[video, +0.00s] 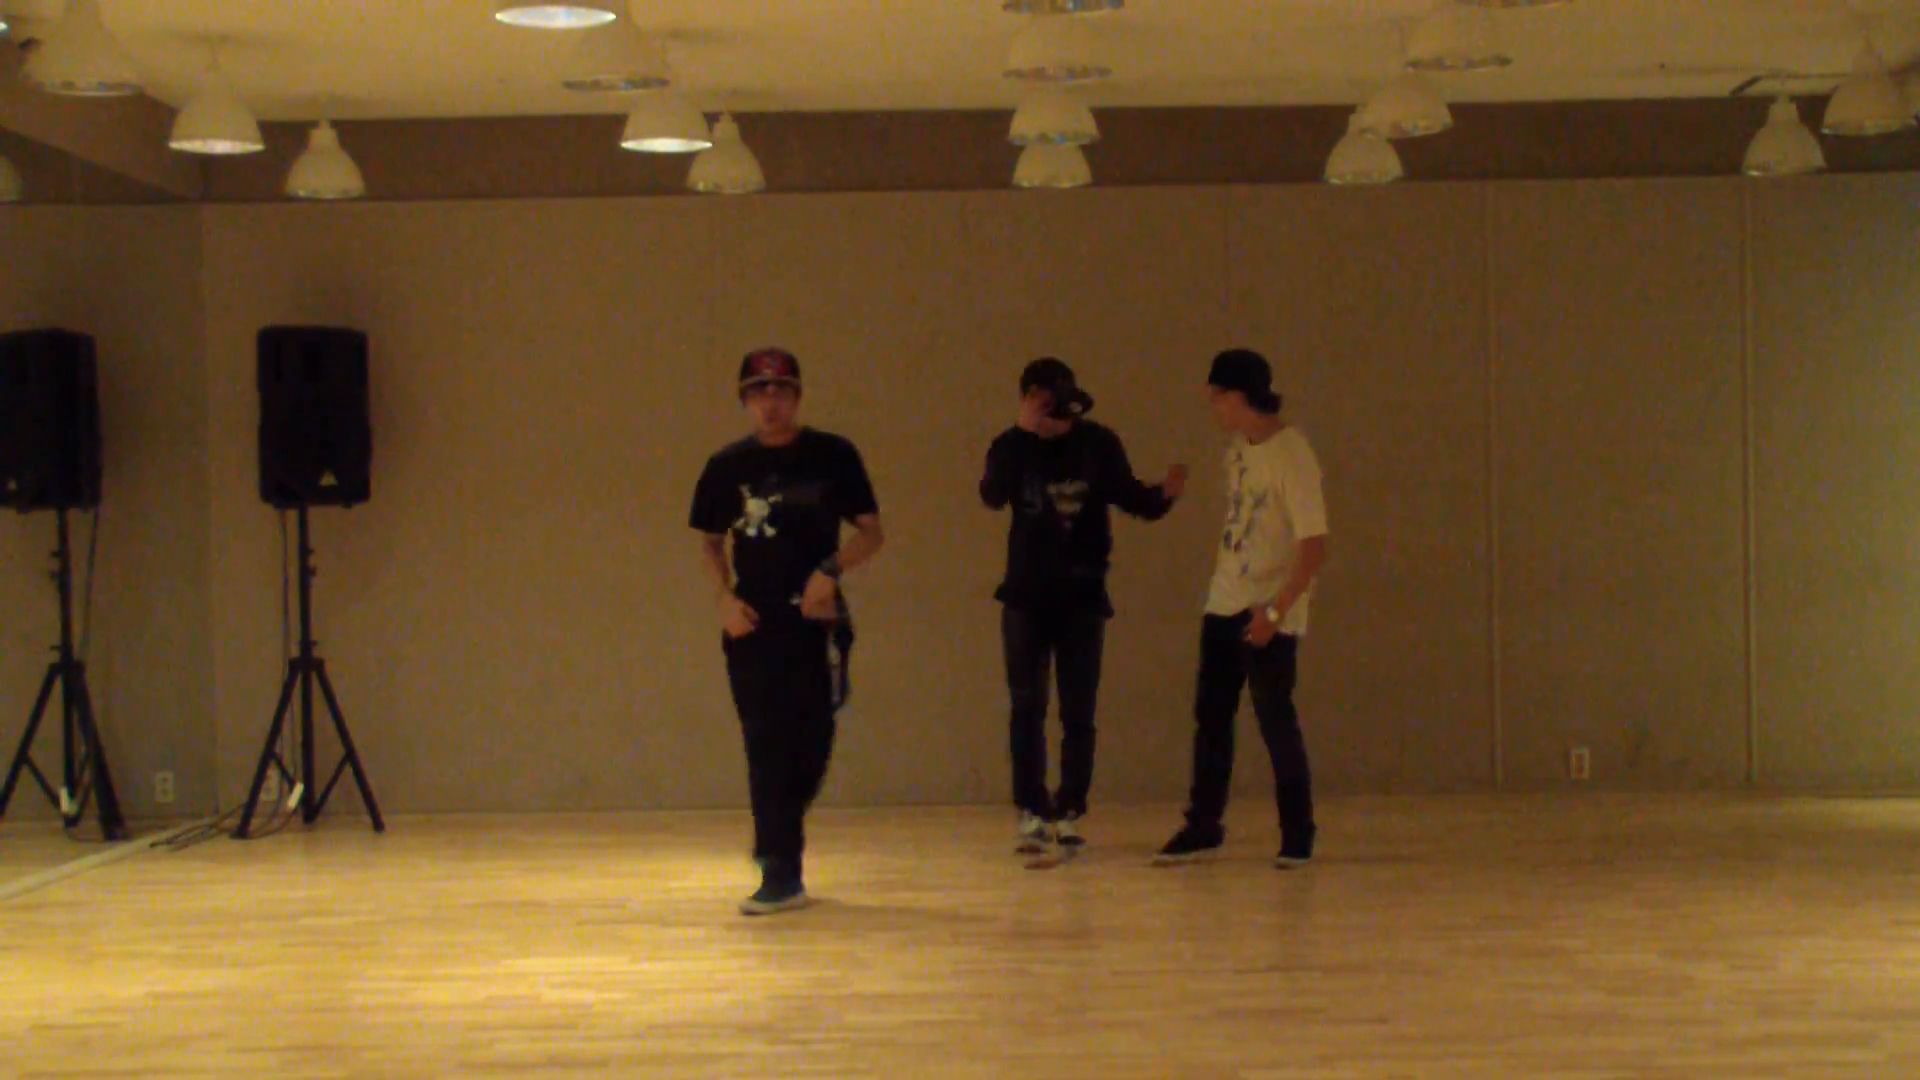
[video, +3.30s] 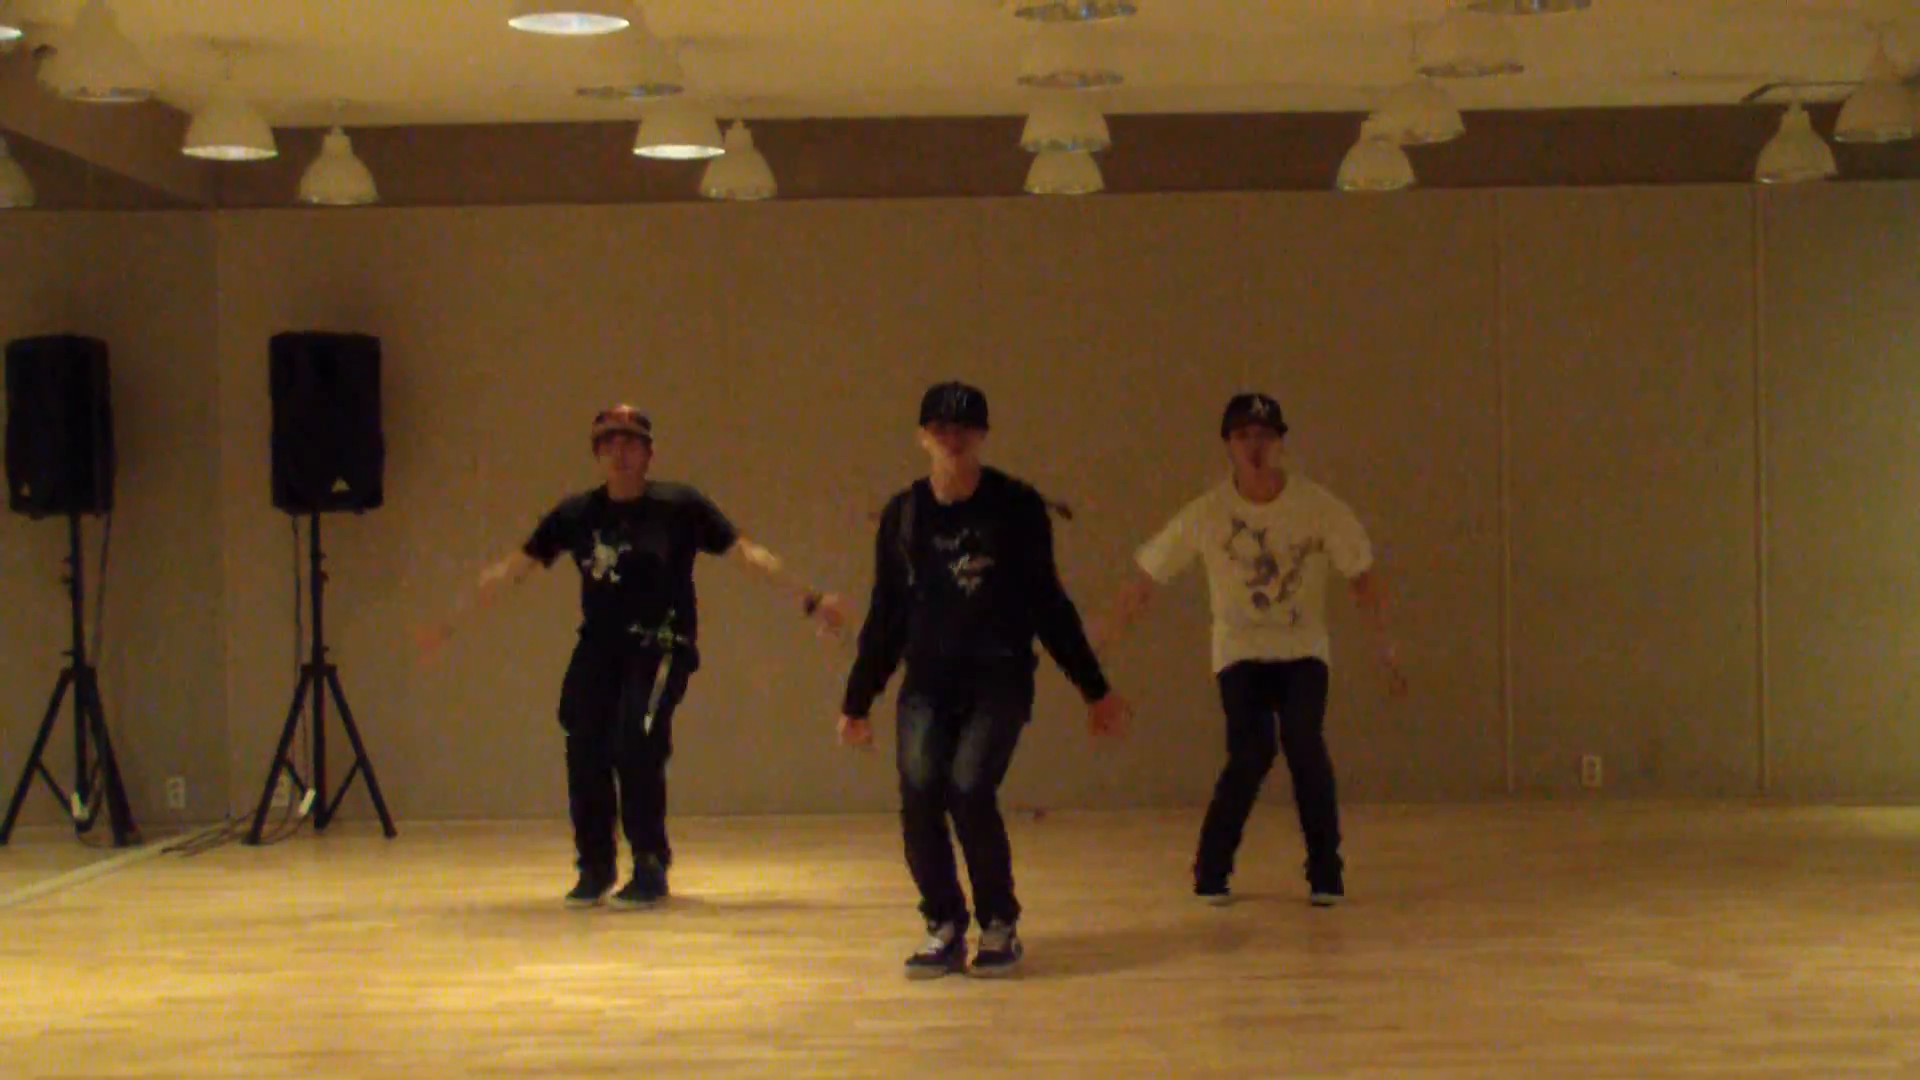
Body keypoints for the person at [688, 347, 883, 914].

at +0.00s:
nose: (772, 401)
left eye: (782, 389)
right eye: (759, 391)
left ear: (799, 396)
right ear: (744, 401)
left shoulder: (833, 456)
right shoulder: (726, 467)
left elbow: (871, 531)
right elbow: (710, 541)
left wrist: (831, 571)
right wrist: (725, 597)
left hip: (814, 627)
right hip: (753, 629)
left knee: (809, 748)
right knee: (766, 748)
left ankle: (777, 839)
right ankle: (779, 873)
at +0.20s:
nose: (767, 412)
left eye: (774, 401)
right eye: (756, 401)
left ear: (783, 409)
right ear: (730, 409)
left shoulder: (801, 470)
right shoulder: (696, 472)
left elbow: (822, 547)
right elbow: (681, 545)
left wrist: (773, 542)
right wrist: (674, 603)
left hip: (770, 627)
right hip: (706, 625)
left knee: (753, 740)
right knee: (723, 741)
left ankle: (699, 833)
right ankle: (753, 863)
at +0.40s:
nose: (762, 429)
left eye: (765, 419)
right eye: (754, 419)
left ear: (759, 422)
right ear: (721, 417)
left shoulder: (770, 483)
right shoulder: (667, 466)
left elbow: (771, 559)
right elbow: (642, 543)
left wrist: (750, 566)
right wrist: (636, 613)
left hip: (730, 629)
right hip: (671, 623)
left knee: (712, 743)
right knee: (682, 739)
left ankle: (694, 854)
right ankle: (692, 856)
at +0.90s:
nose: (697, 435)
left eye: (702, 426)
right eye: (688, 425)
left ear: (705, 430)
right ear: (658, 426)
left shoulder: (713, 496)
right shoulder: (612, 481)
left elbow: (733, 564)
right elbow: (582, 555)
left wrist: (725, 614)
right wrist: (588, 622)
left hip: (679, 638)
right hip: (621, 634)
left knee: (682, 744)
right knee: (624, 743)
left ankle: (686, 851)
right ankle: (636, 835)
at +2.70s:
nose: (654, 439)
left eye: (663, 431)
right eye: (644, 431)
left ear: (681, 440)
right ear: (632, 440)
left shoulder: (704, 493)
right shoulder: (610, 494)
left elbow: (726, 568)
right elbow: (588, 572)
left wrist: (705, 537)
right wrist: (594, 537)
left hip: (680, 629)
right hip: (624, 630)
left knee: (659, 709)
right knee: (625, 736)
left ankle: (682, 802)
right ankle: (651, 841)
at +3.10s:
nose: (640, 465)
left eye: (650, 456)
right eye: (631, 456)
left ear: (667, 465)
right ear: (617, 466)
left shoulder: (679, 519)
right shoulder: (600, 514)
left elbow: (695, 505)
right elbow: (579, 505)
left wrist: (711, 481)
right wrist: (562, 489)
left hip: (662, 637)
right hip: (604, 642)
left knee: (643, 700)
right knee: (603, 751)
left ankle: (617, 783)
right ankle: (652, 832)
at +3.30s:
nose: (620, 452)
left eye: (630, 443)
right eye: (610, 444)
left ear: (648, 453)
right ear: (598, 455)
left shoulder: (681, 508)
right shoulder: (578, 513)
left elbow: (746, 553)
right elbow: (523, 562)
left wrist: (807, 595)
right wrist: (488, 582)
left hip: (661, 647)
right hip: (601, 645)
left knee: (637, 745)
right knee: (583, 745)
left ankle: (649, 868)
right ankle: (595, 867)